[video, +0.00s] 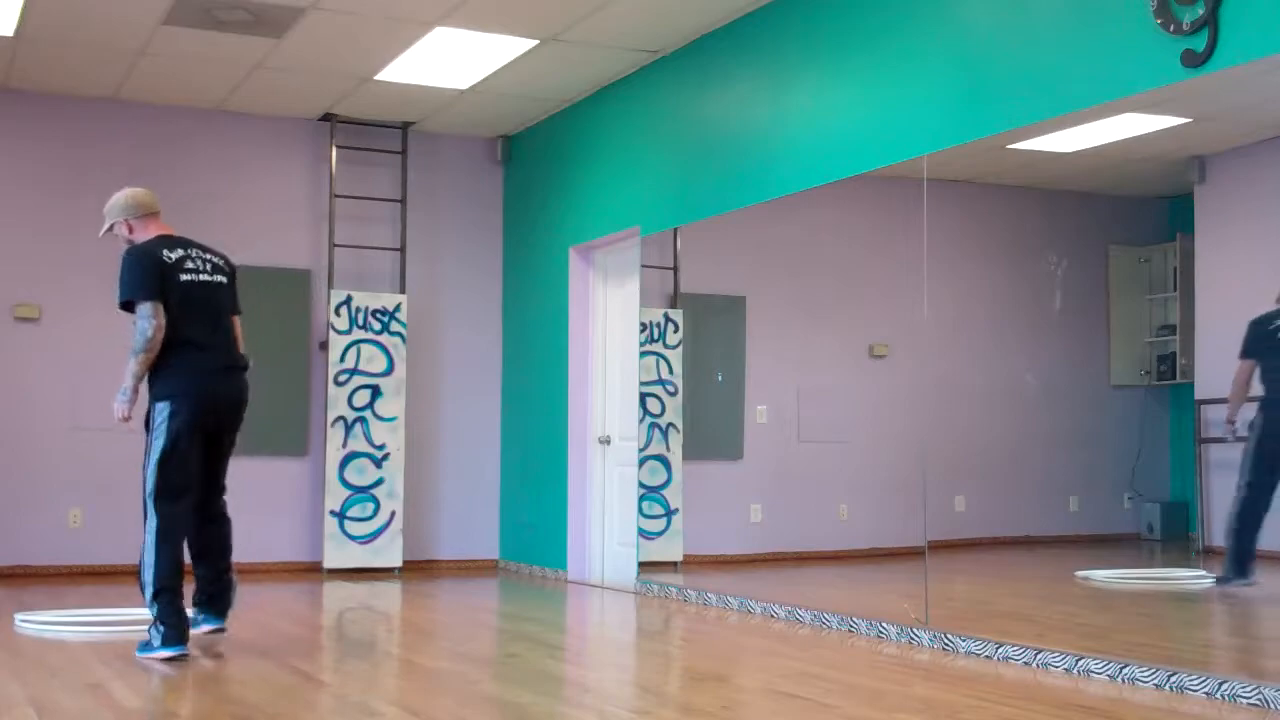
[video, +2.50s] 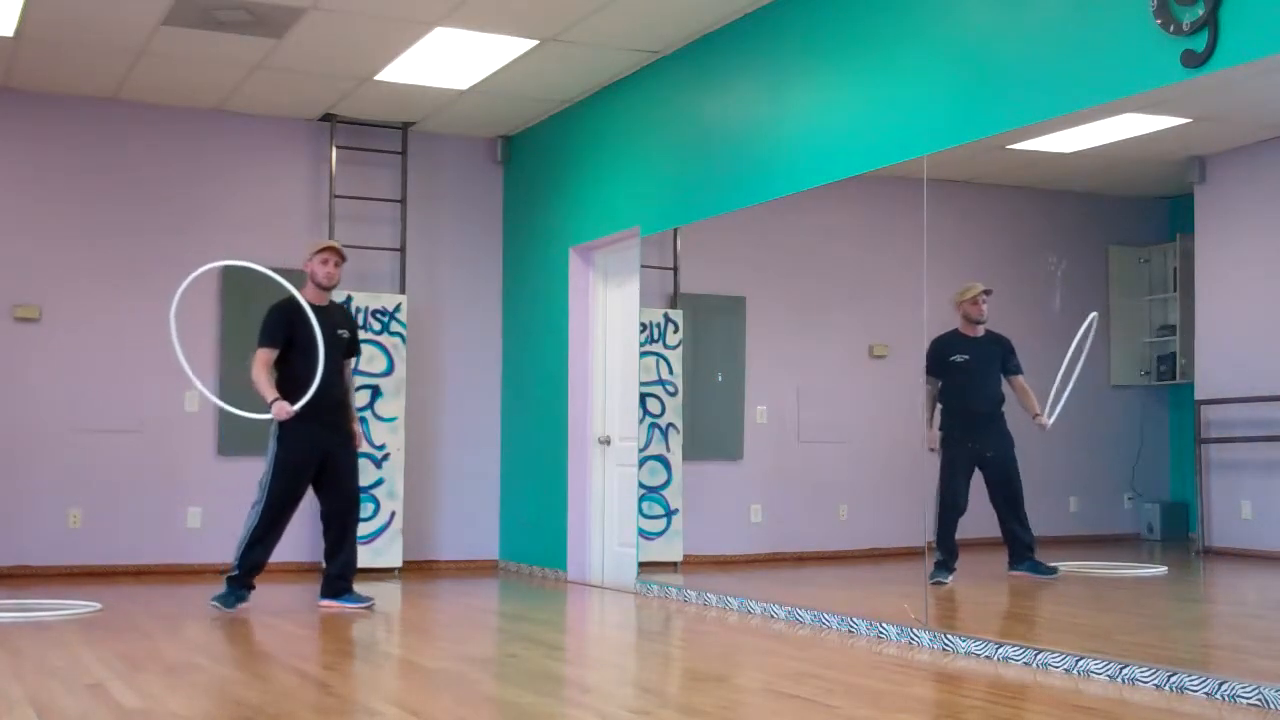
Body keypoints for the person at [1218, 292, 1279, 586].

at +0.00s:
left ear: (1276, 297)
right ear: (1276, 299)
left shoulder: (1264, 325)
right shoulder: (1264, 325)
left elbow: (1243, 377)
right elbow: (1244, 377)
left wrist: (1232, 414)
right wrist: (1233, 414)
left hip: (1273, 418)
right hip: (1271, 417)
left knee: (1255, 491)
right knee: (1255, 491)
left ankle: (1238, 567)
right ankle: (1238, 567)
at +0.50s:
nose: (1211, 454)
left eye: (1214, 456)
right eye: (1217, 453)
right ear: (1224, 441)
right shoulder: (1227, 418)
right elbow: (1216, 402)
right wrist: (1201, 428)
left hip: (1141, 426)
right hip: (1172, 421)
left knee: (1164, 494)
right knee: (1187, 490)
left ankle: (1177, 571)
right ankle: (1194, 557)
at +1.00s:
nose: (1159, 342)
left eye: (1159, 336)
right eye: (1155, 335)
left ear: (1138, 339)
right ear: (1138, 336)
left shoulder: (1127, 372)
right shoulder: (1123, 355)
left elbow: (1108, 430)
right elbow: (1099, 384)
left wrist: (1139, 452)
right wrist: (1109, 430)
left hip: (1093, 442)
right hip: (1076, 436)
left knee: (1128, 502)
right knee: (1087, 509)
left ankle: (1158, 566)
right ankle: (1047, 567)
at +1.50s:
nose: (1065, 299)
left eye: (1066, 295)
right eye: (1058, 294)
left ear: (1064, 302)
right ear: (1040, 301)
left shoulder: (1071, 343)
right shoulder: (1024, 336)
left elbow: (1088, 388)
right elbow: (998, 375)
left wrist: (1122, 373)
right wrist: (990, 416)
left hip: (1062, 426)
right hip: (1033, 425)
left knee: (1066, 496)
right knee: (1048, 495)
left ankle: (1052, 564)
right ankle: (1041, 566)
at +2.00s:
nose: (1039, 305)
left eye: (1041, 300)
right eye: (1033, 300)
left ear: (1043, 306)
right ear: (1018, 305)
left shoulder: (1049, 345)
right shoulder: (996, 339)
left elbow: (1065, 382)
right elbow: (977, 379)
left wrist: (1078, 390)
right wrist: (974, 418)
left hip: (1035, 427)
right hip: (1001, 426)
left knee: (1032, 498)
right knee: (993, 496)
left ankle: (1028, 560)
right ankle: (977, 562)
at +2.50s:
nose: (982, 307)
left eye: (984, 302)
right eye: (975, 303)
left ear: (987, 307)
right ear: (961, 308)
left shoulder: (1000, 344)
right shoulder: (941, 345)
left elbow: (1018, 383)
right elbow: (931, 392)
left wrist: (1036, 412)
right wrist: (929, 428)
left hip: (994, 432)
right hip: (957, 434)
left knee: (1010, 496)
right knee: (952, 503)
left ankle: (1021, 558)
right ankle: (944, 564)